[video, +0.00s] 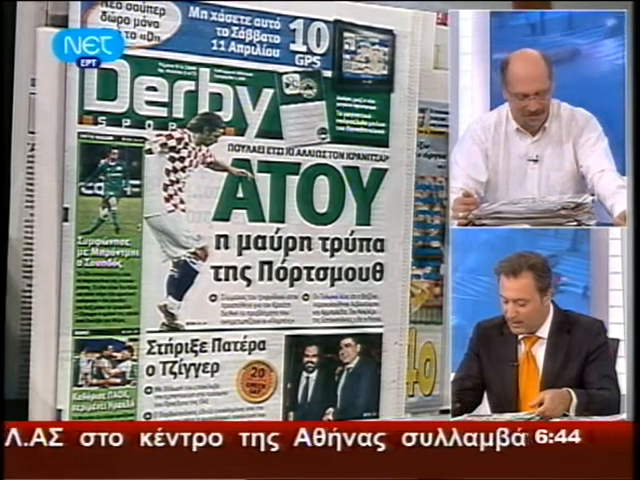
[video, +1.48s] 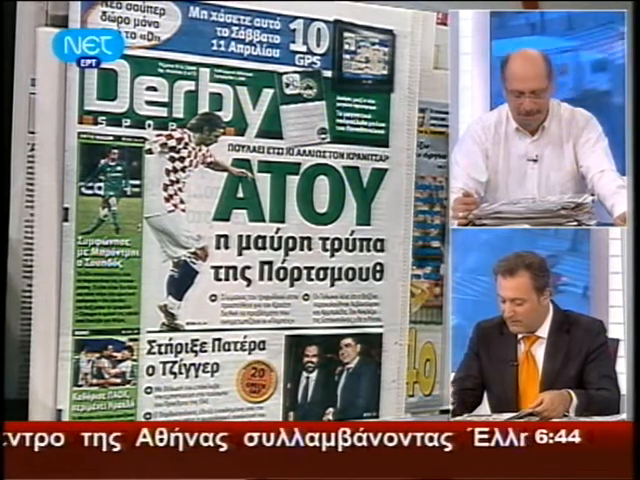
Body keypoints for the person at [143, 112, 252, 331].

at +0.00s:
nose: (215, 141)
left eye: (217, 137)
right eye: (215, 136)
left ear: (207, 132)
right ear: (205, 130)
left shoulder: (199, 150)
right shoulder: (179, 137)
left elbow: (212, 162)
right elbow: (149, 145)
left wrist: (232, 170)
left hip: (165, 209)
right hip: (161, 208)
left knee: (180, 262)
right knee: (200, 251)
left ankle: (170, 317)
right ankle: (172, 304)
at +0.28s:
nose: (215, 141)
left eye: (217, 137)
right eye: (215, 136)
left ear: (207, 132)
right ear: (205, 130)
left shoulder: (199, 150)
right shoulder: (179, 137)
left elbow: (212, 162)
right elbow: (149, 145)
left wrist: (232, 170)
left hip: (165, 209)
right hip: (161, 208)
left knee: (180, 262)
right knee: (200, 251)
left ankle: (171, 317)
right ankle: (172, 304)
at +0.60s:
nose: (215, 141)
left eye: (217, 137)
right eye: (215, 136)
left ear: (207, 132)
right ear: (205, 130)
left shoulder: (199, 150)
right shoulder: (179, 137)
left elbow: (212, 162)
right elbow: (149, 145)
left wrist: (232, 170)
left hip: (165, 209)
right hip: (161, 208)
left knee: (180, 262)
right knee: (200, 251)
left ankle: (170, 317)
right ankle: (172, 304)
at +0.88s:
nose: (215, 141)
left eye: (217, 137)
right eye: (215, 136)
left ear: (207, 132)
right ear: (205, 130)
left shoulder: (199, 150)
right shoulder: (179, 137)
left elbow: (212, 162)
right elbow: (149, 145)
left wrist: (232, 170)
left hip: (165, 209)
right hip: (161, 208)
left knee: (180, 262)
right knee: (200, 251)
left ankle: (170, 317)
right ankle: (172, 304)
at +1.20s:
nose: (215, 141)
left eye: (217, 137)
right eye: (215, 136)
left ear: (207, 132)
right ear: (205, 130)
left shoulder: (199, 150)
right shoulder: (179, 137)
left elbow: (212, 162)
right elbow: (149, 145)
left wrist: (232, 170)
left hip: (165, 209)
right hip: (161, 208)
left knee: (180, 262)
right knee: (200, 251)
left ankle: (170, 317)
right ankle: (172, 304)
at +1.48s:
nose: (215, 141)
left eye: (217, 137)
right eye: (215, 136)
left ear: (207, 132)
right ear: (205, 130)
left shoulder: (199, 150)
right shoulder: (179, 137)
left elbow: (212, 162)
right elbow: (148, 146)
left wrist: (231, 170)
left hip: (165, 209)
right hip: (161, 208)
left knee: (180, 262)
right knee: (200, 251)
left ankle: (171, 317)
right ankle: (172, 304)